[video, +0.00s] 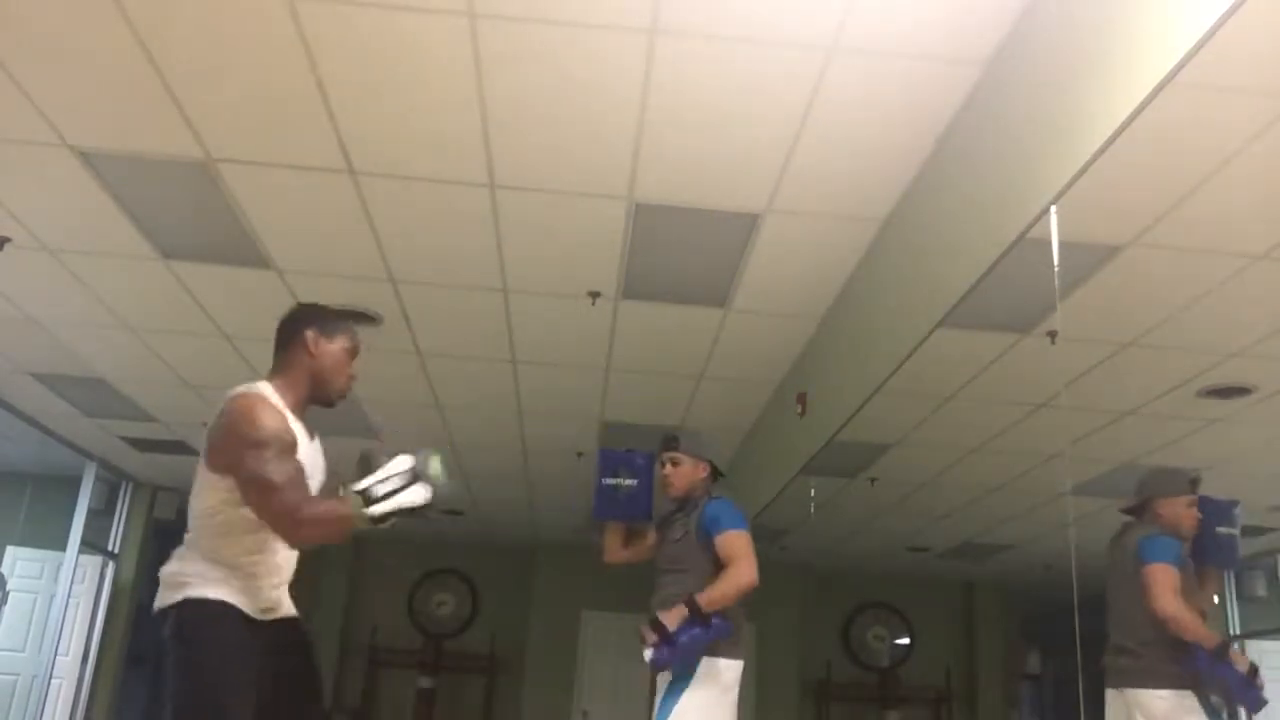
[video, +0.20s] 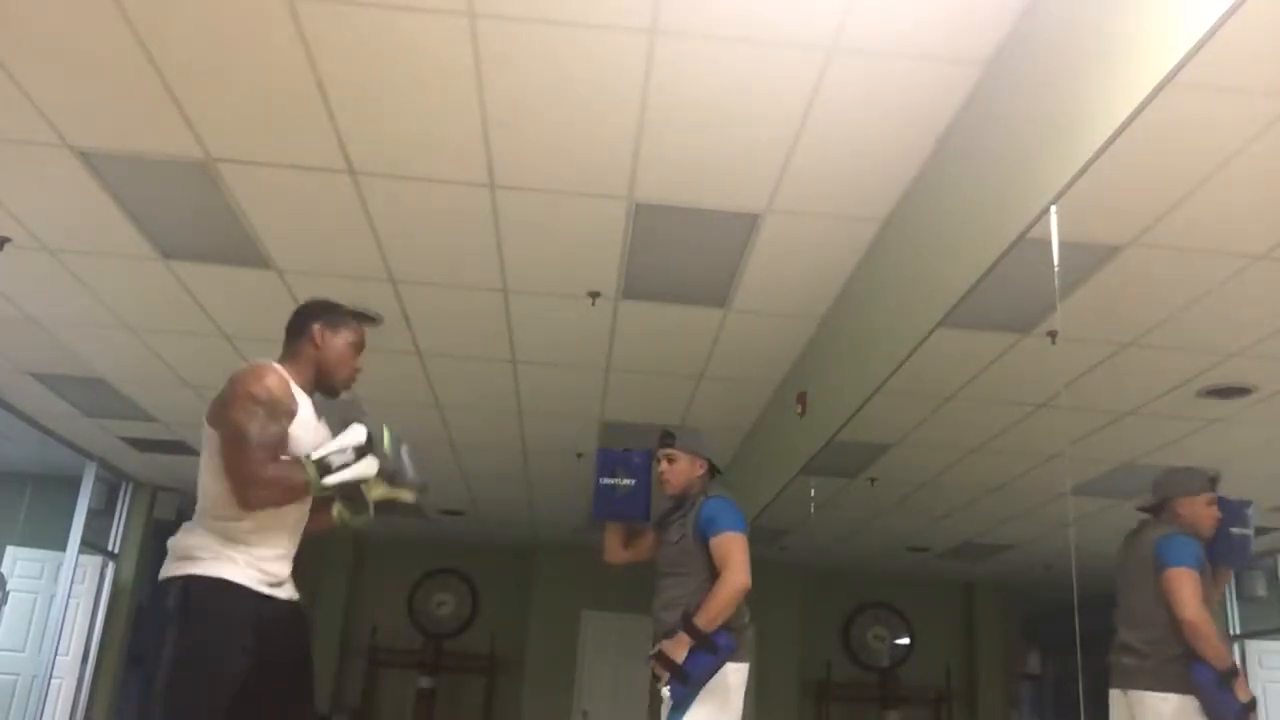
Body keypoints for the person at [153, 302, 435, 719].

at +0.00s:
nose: (353, 373)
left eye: (355, 359)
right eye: (349, 354)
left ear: (314, 347)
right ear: (312, 343)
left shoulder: (307, 442)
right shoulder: (253, 412)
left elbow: (302, 521)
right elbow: (296, 521)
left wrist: (366, 499)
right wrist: (366, 503)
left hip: (272, 611)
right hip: (212, 602)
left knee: (300, 709)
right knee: (219, 710)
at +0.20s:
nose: (359, 366)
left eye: (361, 352)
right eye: (355, 348)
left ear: (320, 340)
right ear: (318, 336)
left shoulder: (315, 424)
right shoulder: (259, 383)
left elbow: (287, 522)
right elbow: (253, 487)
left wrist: (351, 503)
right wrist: (328, 468)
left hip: (274, 592)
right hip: (215, 583)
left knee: (285, 711)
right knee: (193, 710)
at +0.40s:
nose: (380, 404)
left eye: (382, 392)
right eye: (376, 386)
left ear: (340, 377)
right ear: (339, 373)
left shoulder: (320, 462)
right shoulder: (276, 411)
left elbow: (288, 563)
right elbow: (307, 497)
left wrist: (363, 546)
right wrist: (371, 469)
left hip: (271, 605)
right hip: (219, 587)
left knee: (294, 709)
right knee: (211, 708)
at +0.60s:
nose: (386, 400)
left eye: (387, 388)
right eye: (381, 383)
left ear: (345, 376)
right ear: (343, 373)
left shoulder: (344, 463)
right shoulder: (281, 414)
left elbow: (321, 555)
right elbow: (276, 502)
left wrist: (389, 532)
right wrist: (357, 496)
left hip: (292, 609)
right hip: (234, 595)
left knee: (300, 708)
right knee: (226, 708)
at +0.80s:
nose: (360, 396)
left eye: (362, 385)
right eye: (356, 380)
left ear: (318, 372)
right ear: (317, 368)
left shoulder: (327, 452)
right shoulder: (258, 423)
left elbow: (306, 546)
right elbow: (276, 520)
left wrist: (366, 536)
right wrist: (336, 486)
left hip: (299, 621)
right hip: (232, 617)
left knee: (305, 710)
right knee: (222, 711)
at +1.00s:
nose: (338, 406)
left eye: (340, 395)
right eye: (333, 390)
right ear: (294, 380)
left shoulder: (311, 457)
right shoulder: (240, 444)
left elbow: (304, 535)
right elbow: (287, 538)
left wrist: (341, 534)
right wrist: (338, 488)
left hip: (287, 615)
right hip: (221, 613)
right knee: (216, 707)